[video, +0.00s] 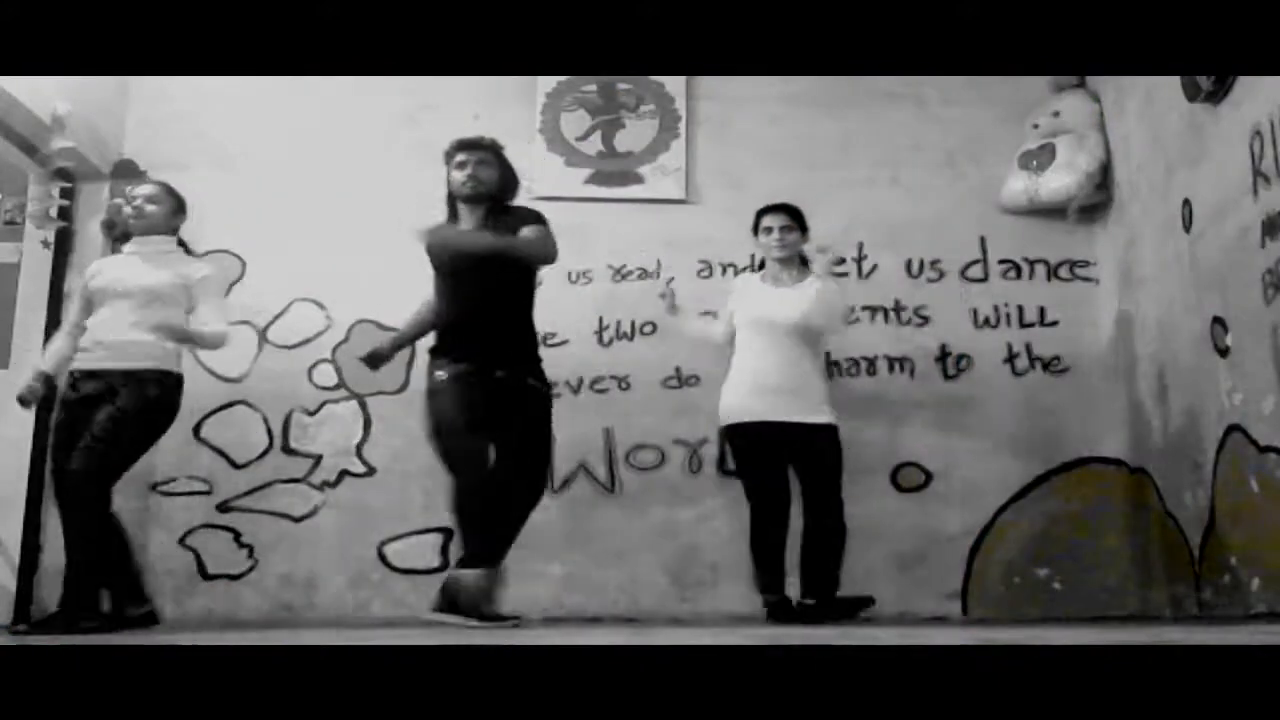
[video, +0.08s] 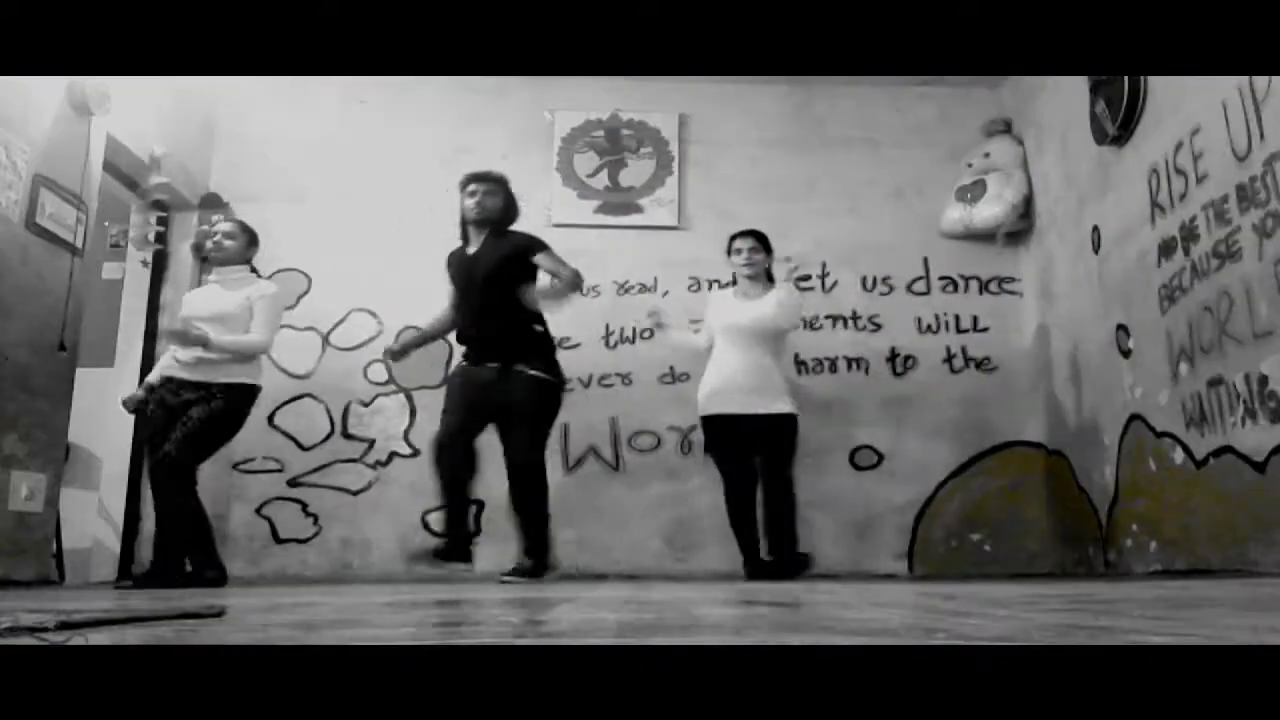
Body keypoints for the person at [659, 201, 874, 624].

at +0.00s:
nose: (777, 237)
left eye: (786, 230)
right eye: (769, 231)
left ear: (803, 237)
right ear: (757, 240)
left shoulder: (820, 287)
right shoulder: (743, 287)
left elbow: (819, 322)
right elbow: (722, 335)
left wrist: (820, 272)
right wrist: (676, 314)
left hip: (808, 413)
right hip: (750, 412)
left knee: (824, 507)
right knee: (768, 506)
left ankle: (819, 596)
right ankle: (773, 597)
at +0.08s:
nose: (746, 257)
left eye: (753, 251)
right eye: (739, 252)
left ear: (768, 258)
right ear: (729, 261)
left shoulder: (782, 296)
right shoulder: (718, 300)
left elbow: (784, 320)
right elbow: (702, 343)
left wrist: (785, 280)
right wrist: (665, 328)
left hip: (771, 403)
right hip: (722, 404)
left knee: (777, 483)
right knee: (739, 486)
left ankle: (785, 559)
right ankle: (752, 562)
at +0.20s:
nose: (734, 253)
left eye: (742, 247)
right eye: (726, 249)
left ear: (756, 254)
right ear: (717, 256)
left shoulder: (775, 293)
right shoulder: (708, 297)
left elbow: (827, 321)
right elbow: (665, 332)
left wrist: (827, 289)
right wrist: (635, 312)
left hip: (763, 397)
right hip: (717, 399)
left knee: (745, 479)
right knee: (727, 482)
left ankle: (743, 556)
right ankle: (753, 558)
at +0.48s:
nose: (710, 253)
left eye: (718, 247)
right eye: (704, 248)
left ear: (735, 253)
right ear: (697, 256)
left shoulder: (750, 287)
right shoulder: (697, 298)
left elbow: (790, 324)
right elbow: (670, 342)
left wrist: (823, 356)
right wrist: (659, 321)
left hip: (731, 392)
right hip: (702, 394)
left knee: (686, 463)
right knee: (686, 465)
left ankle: (715, 553)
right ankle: (711, 552)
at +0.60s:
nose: (710, 255)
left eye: (718, 249)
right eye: (703, 250)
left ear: (735, 254)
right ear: (697, 257)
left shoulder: (751, 291)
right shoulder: (696, 298)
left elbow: (790, 332)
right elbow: (661, 339)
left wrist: (814, 377)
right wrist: (651, 313)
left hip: (728, 392)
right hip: (703, 391)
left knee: (652, 448)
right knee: (697, 474)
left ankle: (690, 524)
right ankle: (720, 559)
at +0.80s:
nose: (711, 253)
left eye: (719, 247)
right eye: (704, 248)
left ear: (736, 252)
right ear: (698, 255)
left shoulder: (750, 288)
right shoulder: (698, 295)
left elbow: (789, 329)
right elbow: (654, 331)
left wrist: (813, 372)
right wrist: (652, 300)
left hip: (725, 392)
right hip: (704, 391)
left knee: (652, 452)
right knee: (702, 477)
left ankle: (673, 533)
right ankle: (721, 560)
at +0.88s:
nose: (727, 231)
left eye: (737, 223)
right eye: (718, 225)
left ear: (756, 230)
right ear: (711, 233)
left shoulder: (774, 273)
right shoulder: (708, 282)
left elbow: (817, 320)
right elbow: (659, 322)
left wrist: (853, 361)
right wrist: (657, 283)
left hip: (746, 400)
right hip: (719, 399)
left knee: (681, 484)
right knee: (719, 503)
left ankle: (645, 582)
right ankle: (737, 600)